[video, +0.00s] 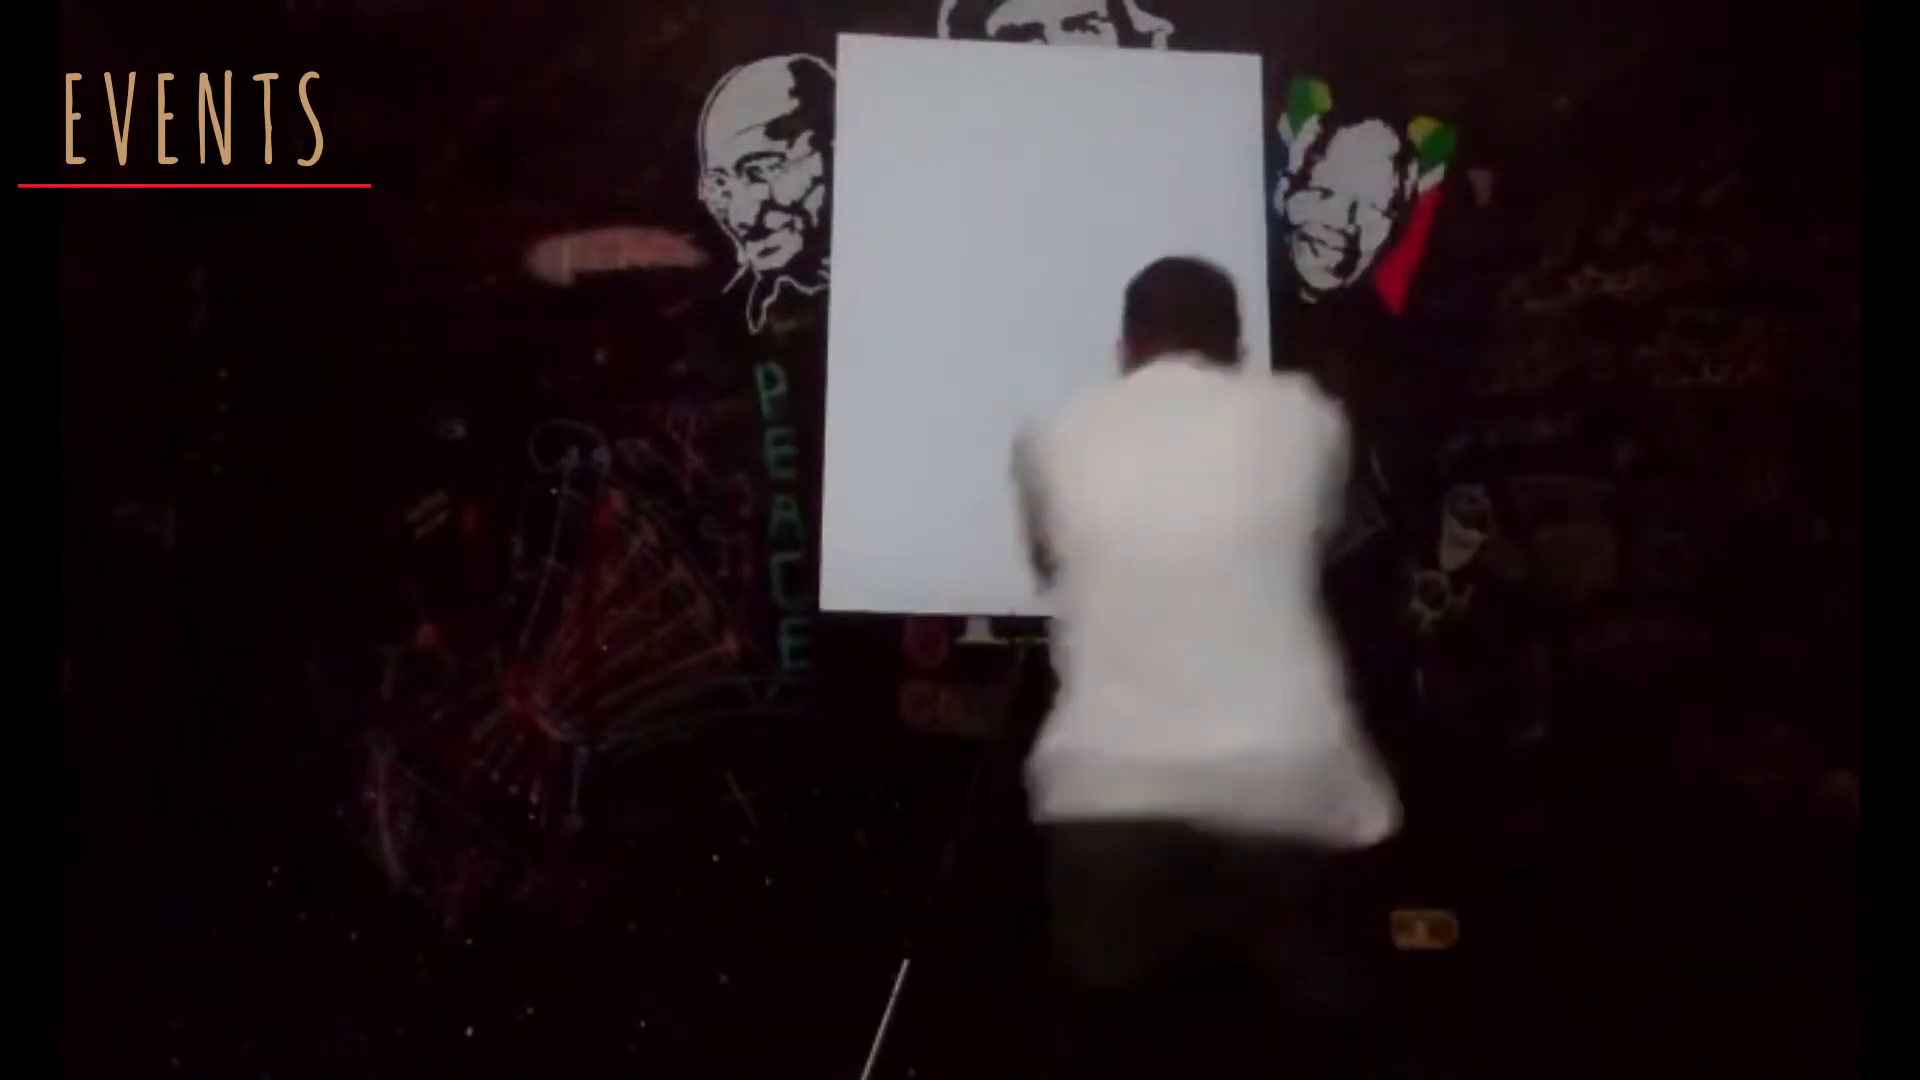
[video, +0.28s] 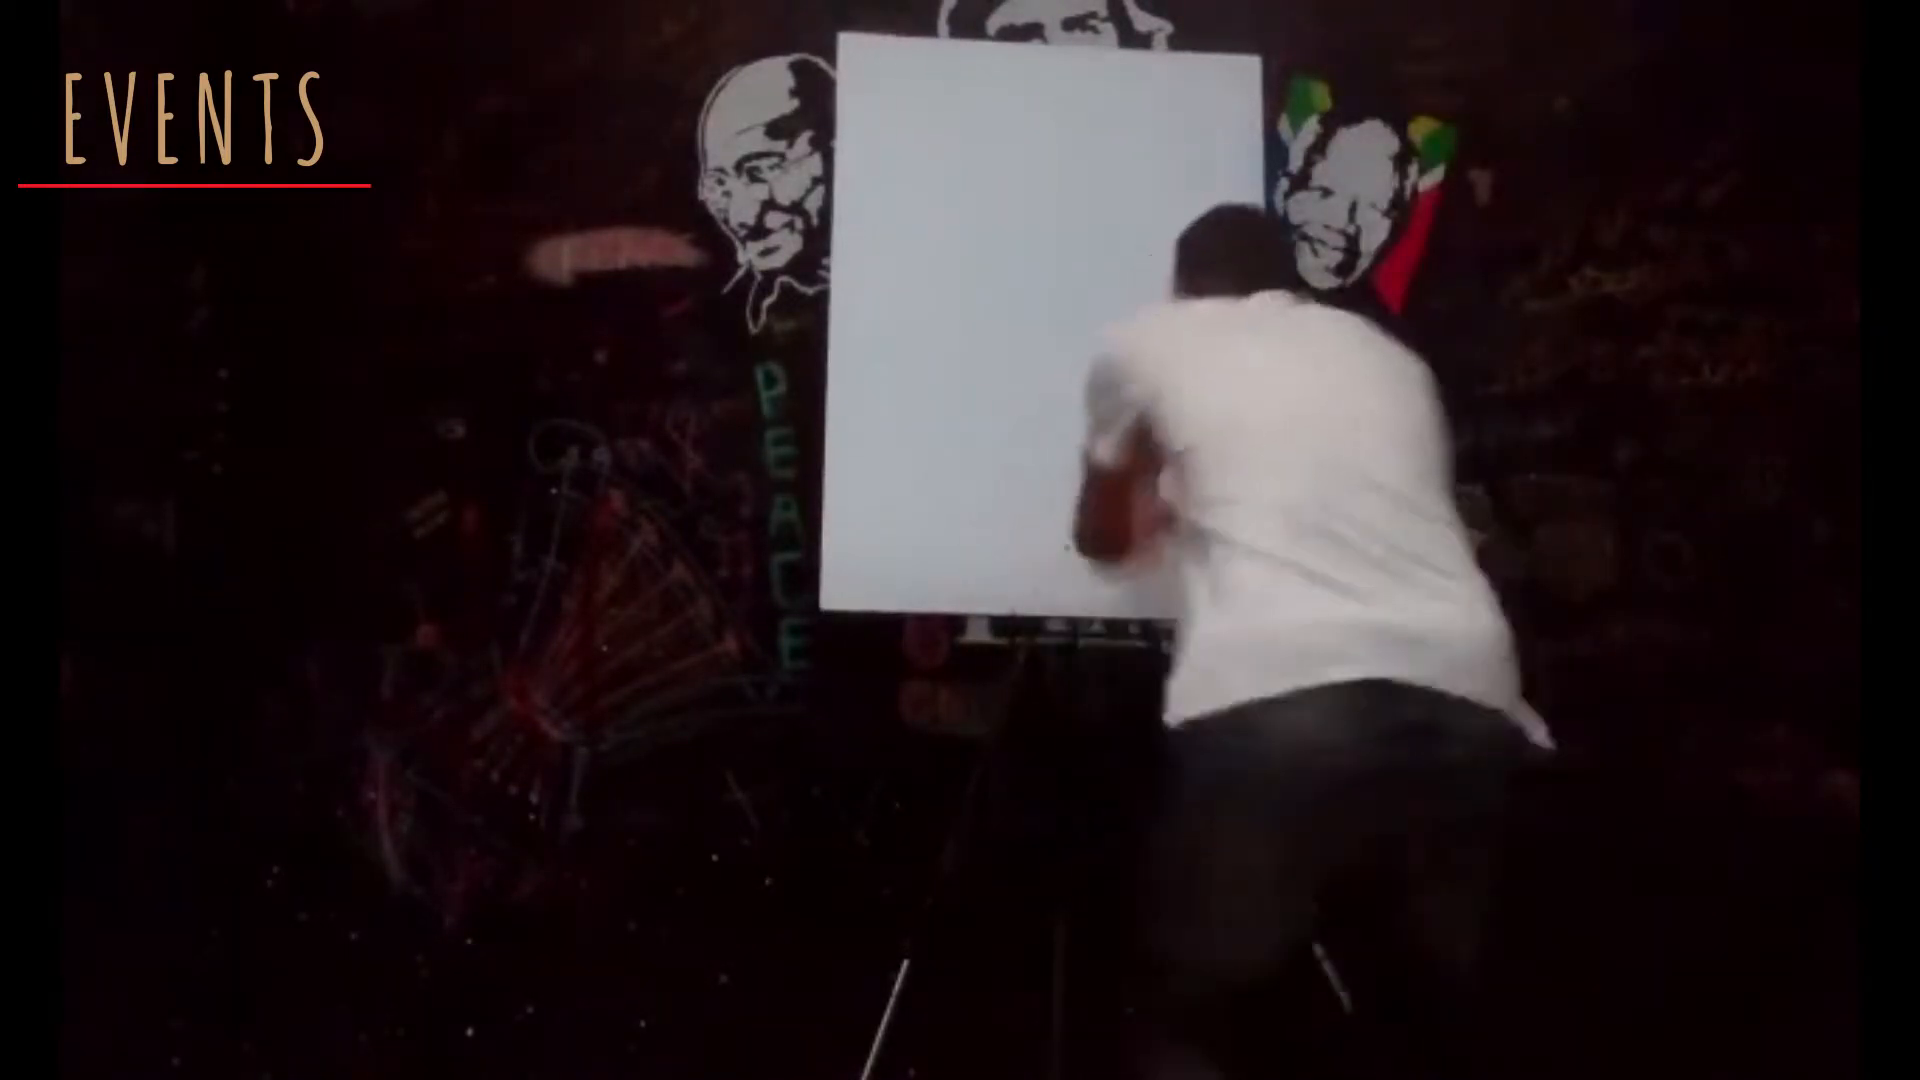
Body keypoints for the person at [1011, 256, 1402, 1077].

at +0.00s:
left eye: (1127, 338)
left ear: (1127, 343)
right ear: (1237, 342)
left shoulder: (1059, 436)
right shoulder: (1310, 420)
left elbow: (1050, 563)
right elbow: (1330, 544)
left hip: (1107, 815)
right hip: (1296, 816)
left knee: (1110, 1055)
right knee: (1312, 1053)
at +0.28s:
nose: (1180, 298)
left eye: (1180, 285)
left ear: (1184, 282)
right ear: (1293, 279)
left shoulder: (1149, 341)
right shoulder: (1395, 358)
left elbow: (1104, 534)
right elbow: (1408, 505)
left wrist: (1172, 482)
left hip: (1271, 704)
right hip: (1467, 700)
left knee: (1214, 1002)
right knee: (1442, 1004)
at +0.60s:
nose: (1184, 299)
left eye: (1185, 286)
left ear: (1194, 276)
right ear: (1301, 277)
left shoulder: (1192, 315)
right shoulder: (1384, 355)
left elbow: (1061, 531)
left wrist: (1009, 692)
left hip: (1342, 716)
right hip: (1506, 717)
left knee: (1286, 1040)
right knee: (1431, 1033)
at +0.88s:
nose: (1110, 353)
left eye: (1114, 333)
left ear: (1127, 320)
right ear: (1227, 290)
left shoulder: (1163, 343)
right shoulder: (1317, 401)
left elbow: (1285, 312)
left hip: (1310, 780)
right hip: (1461, 780)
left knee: (1128, 1016)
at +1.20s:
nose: (1107, 403)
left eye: (1107, 383)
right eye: (1112, 385)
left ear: (1119, 381)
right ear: (1222, 365)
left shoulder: (1183, 417)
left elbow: (1390, 488)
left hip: (1273, 876)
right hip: (1405, 883)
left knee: (1082, 1024)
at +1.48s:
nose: (1172, 435)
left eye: (1171, 421)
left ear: (1179, 426)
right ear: (1294, 421)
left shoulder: (1172, 524)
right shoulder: (1369, 522)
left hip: (1284, 946)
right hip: (1452, 958)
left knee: (1095, 1013)